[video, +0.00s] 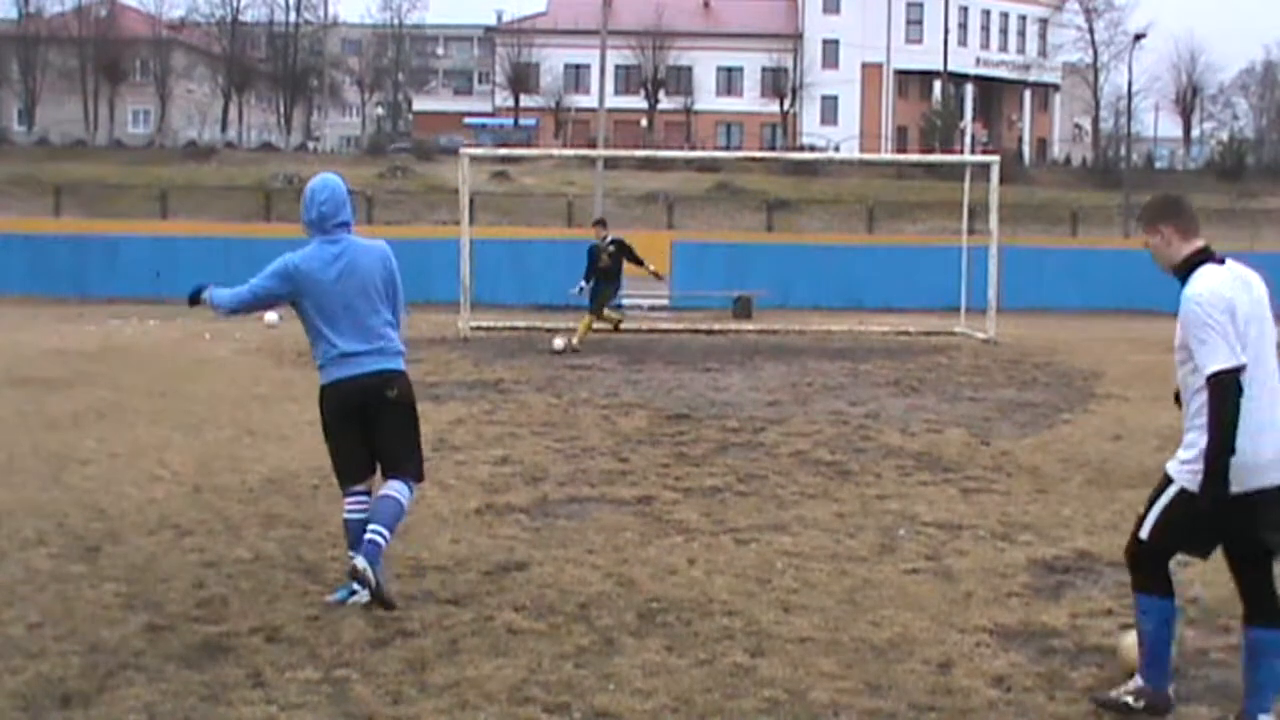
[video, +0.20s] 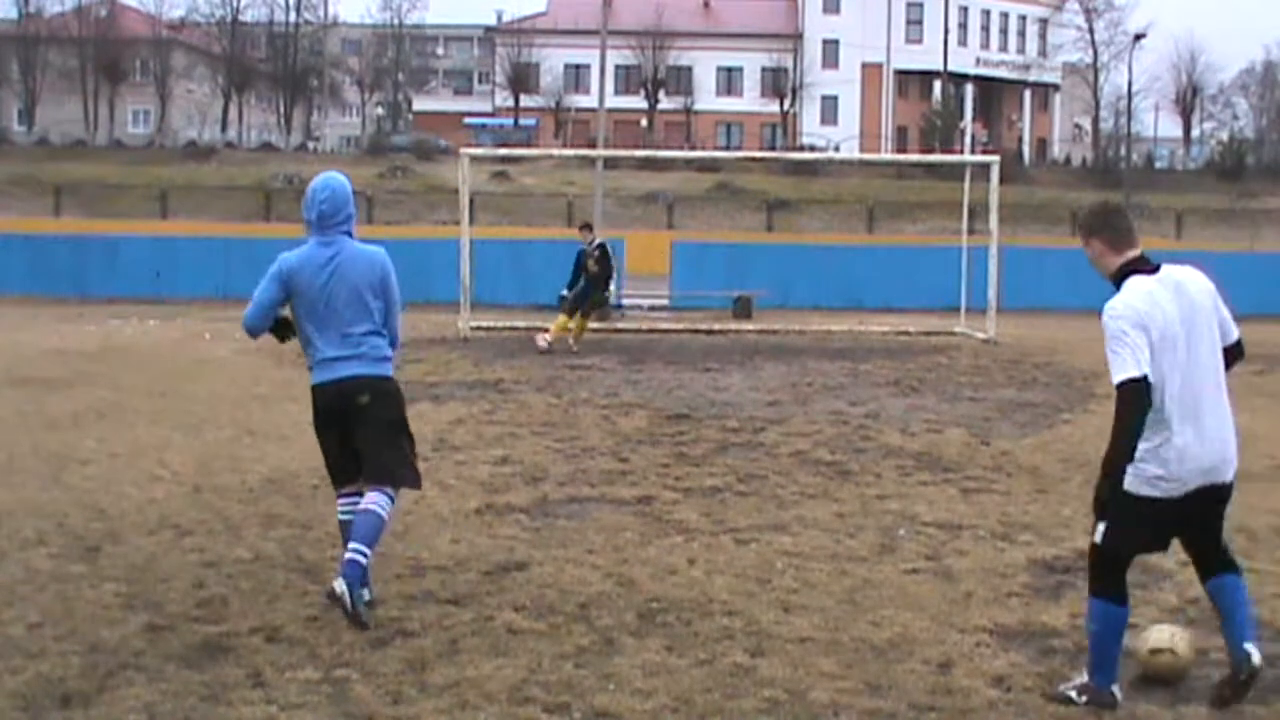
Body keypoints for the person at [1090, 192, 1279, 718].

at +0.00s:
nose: (1150, 255)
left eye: (1148, 244)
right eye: (1147, 245)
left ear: (1165, 235)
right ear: (1194, 232)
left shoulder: (1201, 294)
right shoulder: (1249, 280)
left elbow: (1224, 386)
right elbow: (1262, 364)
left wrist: (1213, 478)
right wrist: (1193, 388)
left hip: (1210, 469)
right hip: (1262, 470)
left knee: (1145, 553)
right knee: (1258, 581)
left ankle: (1152, 684)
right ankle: (1262, 705)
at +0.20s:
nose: (1090, 260)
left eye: (1088, 251)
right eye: (1088, 251)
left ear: (1098, 248)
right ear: (1136, 239)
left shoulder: (1122, 308)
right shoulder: (1193, 279)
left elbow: (1133, 398)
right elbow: (1232, 351)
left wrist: (1107, 480)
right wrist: (1183, 382)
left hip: (1157, 470)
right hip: (1216, 461)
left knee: (1107, 560)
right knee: (1207, 546)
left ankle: (1100, 684)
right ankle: (1246, 653)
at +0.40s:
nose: (1055, 246)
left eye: (1054, 239)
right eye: (1056, 238)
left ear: (1063, 238)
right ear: (1101, 228)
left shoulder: (1087, 299)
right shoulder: (1159, 272)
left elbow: (1087, 388)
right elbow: (1194, 348)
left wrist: (1029, 447)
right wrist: (1155, 392)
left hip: (1122, 455)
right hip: (1177, 442)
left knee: (1090, 556)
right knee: (1168, 523)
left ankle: (1099, 684)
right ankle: (1183, 630)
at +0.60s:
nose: (1028, 249)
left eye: (1027, 239)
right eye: (1026, 240)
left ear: (1042, 236)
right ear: (1072, 226)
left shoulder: (1061, 297)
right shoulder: (1132, 260)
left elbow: (1068, 384)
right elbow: (1176, 330)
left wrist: (1014, 437)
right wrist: (1128, 368)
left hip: (1109, 447)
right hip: (1159, 431)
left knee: (1093, 561)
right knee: (1101, 518)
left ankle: (1100, 683)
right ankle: (1087, 599)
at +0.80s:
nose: (1018, 255)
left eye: (1018, 244)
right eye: (1015, 245)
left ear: (1039, 235)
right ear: (1057, 231)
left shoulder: (1059, 294)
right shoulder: (1121, 261)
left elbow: (1070, 383)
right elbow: (1163, 327)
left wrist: (1028, 442)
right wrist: (1120, 375)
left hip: (1091, 441)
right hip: (1128, 429)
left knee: (1085, 563)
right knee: (1043, 490)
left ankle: (1100, 686)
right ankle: (1019, 604)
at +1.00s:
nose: (1011, 254)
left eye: (1013, 243)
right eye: (1008, 244)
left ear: (1040, 232)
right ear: (1050, 232)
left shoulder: (1058, 291)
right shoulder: (1106, 265)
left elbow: (1078, 380)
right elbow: (1137, 330)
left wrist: (1035, 454)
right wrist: (1104, 383)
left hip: (1068, 446)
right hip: (1086, 431)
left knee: (1071, 564)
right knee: (999, 473)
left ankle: (1098, 685)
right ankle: (950, 586)